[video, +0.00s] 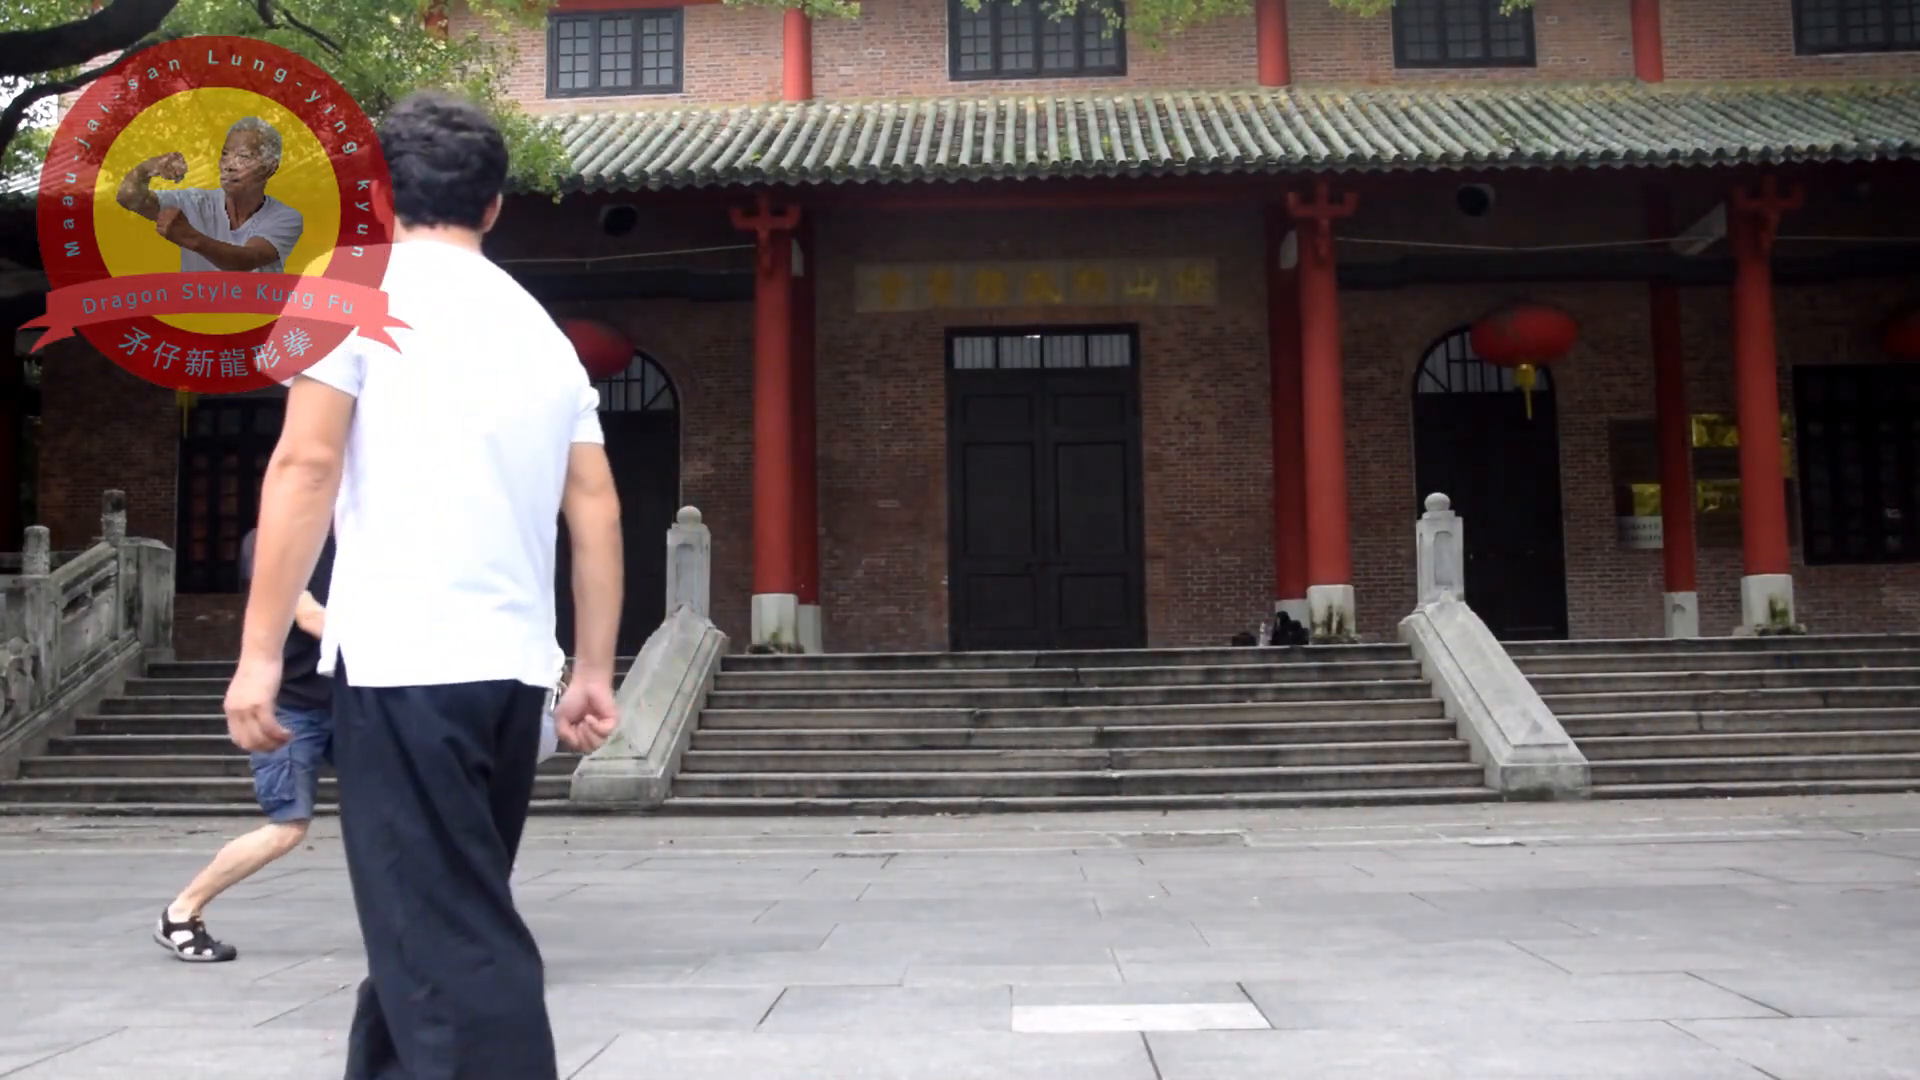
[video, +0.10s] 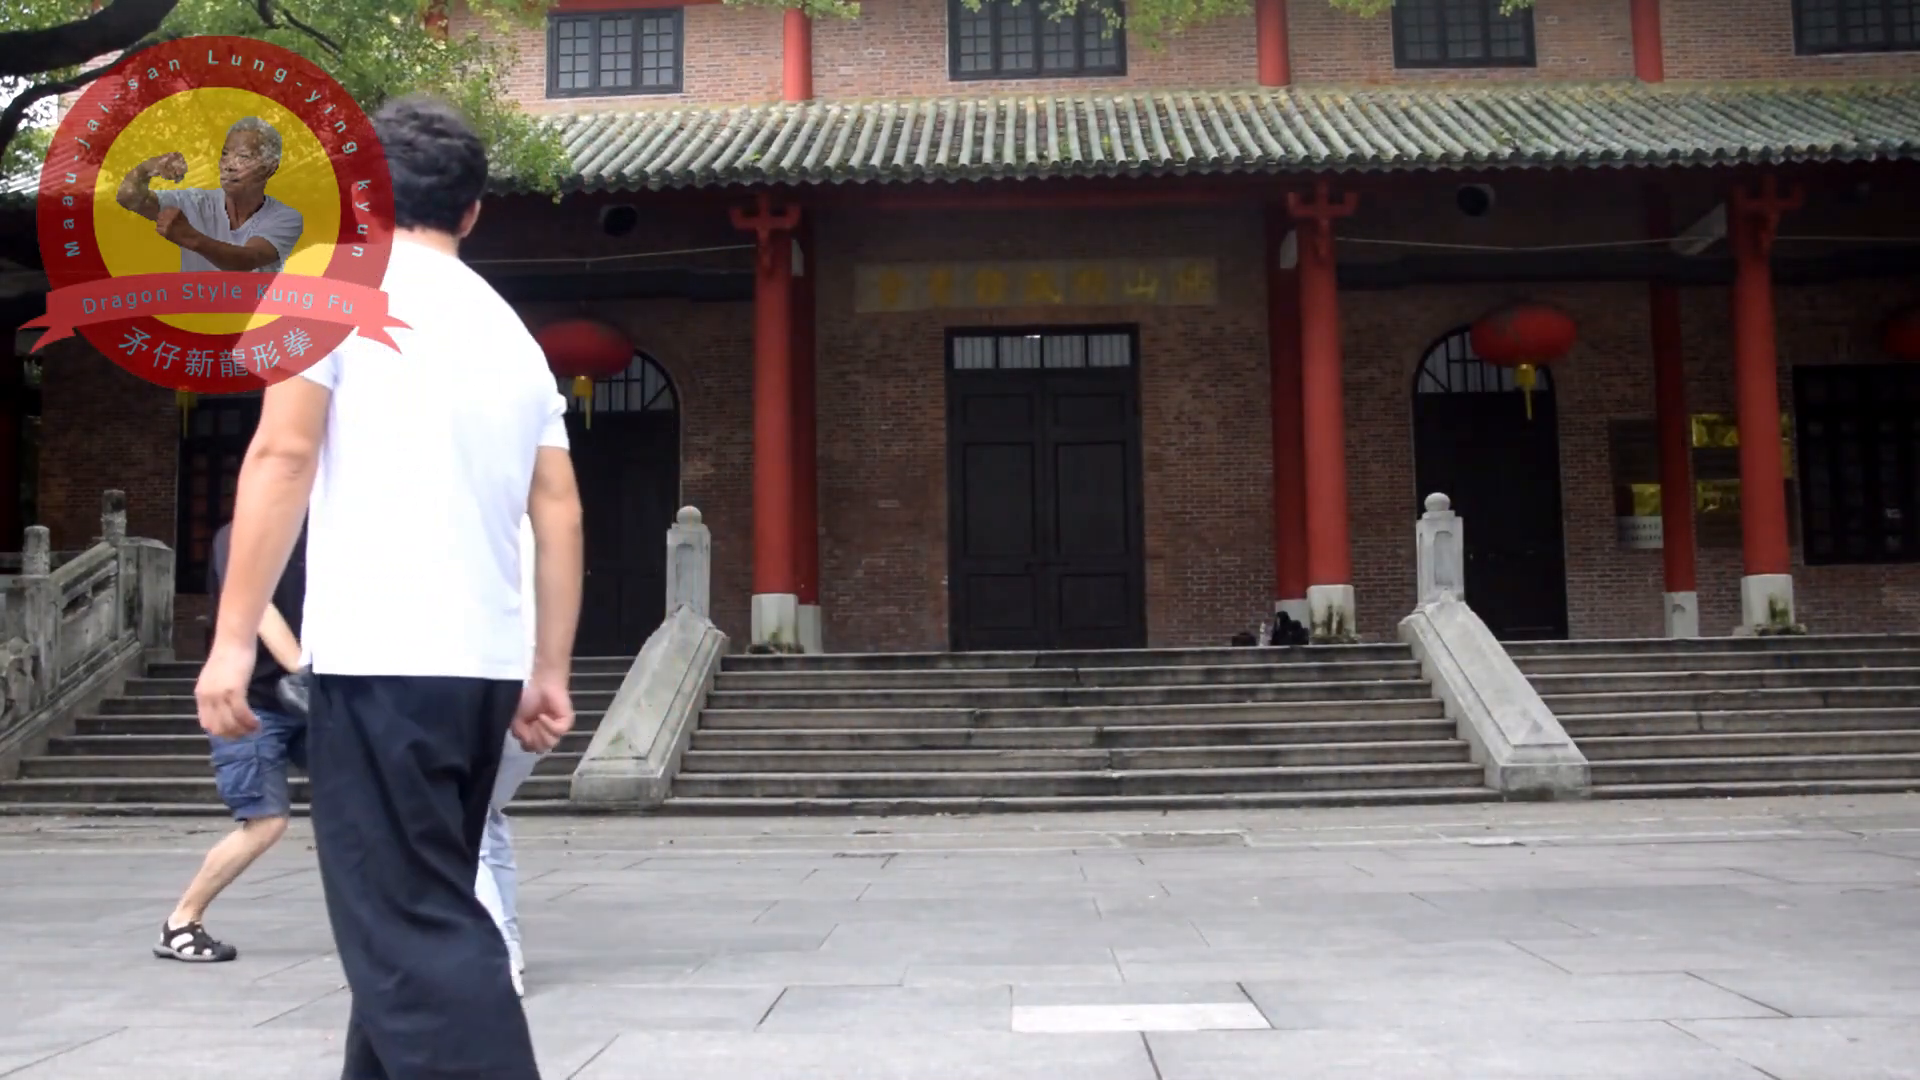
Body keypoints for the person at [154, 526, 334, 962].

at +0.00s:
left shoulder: (357, 537)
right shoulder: (277, 541)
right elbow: (310, 616)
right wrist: (372, 634)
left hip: (347, 700)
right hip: (291, 702)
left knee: (402, 814)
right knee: (287, 827)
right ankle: (181, 913)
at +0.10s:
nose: (292, 489)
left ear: (307, 489)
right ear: (257, 487)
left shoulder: (315, 538)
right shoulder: (238, 539)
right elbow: (257, 608)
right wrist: (306, 671)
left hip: (306, 697)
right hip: (250, 699)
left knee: (366, 801)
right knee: (266, 822)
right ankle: (181, 923)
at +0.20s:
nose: (265, 488)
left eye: (270, 483)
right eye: (256, 482)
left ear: (277, 489)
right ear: (236, 487)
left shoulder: (290, 540)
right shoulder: (213, 535)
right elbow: (214, 590)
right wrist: (256, 631)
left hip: (274, 691)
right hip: (218, 691)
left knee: (302, 794)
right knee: (255, 810)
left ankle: (286, 899)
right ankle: (180, 924)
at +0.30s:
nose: (258, 484)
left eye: (262, 480)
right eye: (250, 478)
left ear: (265, 485)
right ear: (218, 482)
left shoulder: (265, 528)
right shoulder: (193, 529)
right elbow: (201, 577)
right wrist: (263, 541)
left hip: (240, 688)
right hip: (190, 686)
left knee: (253, 802)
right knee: (235, 804)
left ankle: (159, 879)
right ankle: (180, 924)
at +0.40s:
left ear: (251, 476)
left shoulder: (252, 528)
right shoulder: (202, 515)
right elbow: (162, 537)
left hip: (206, 683)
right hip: (169, 676)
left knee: (183, 809)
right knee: (222, 792)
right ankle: (177, 926)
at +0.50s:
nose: (229, 466)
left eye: (234, 463)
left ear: (239, 467)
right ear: (209, 458)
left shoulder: (234, 515)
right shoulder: (178, 502)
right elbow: (144, 536)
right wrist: (198, 480)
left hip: (178, 684)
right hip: (143, 680)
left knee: (116, 802)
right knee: (209, 785)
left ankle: (21, 900)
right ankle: (175, 922)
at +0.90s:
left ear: (155, 479)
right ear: (132, 475)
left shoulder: (157, 517)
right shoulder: (116, 517)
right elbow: (101, 537)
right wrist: (143, 484)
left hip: (131, 683)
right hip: (110, 684)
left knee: (94, 812)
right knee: (165, 810)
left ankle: (13, 910)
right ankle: (180, 930)